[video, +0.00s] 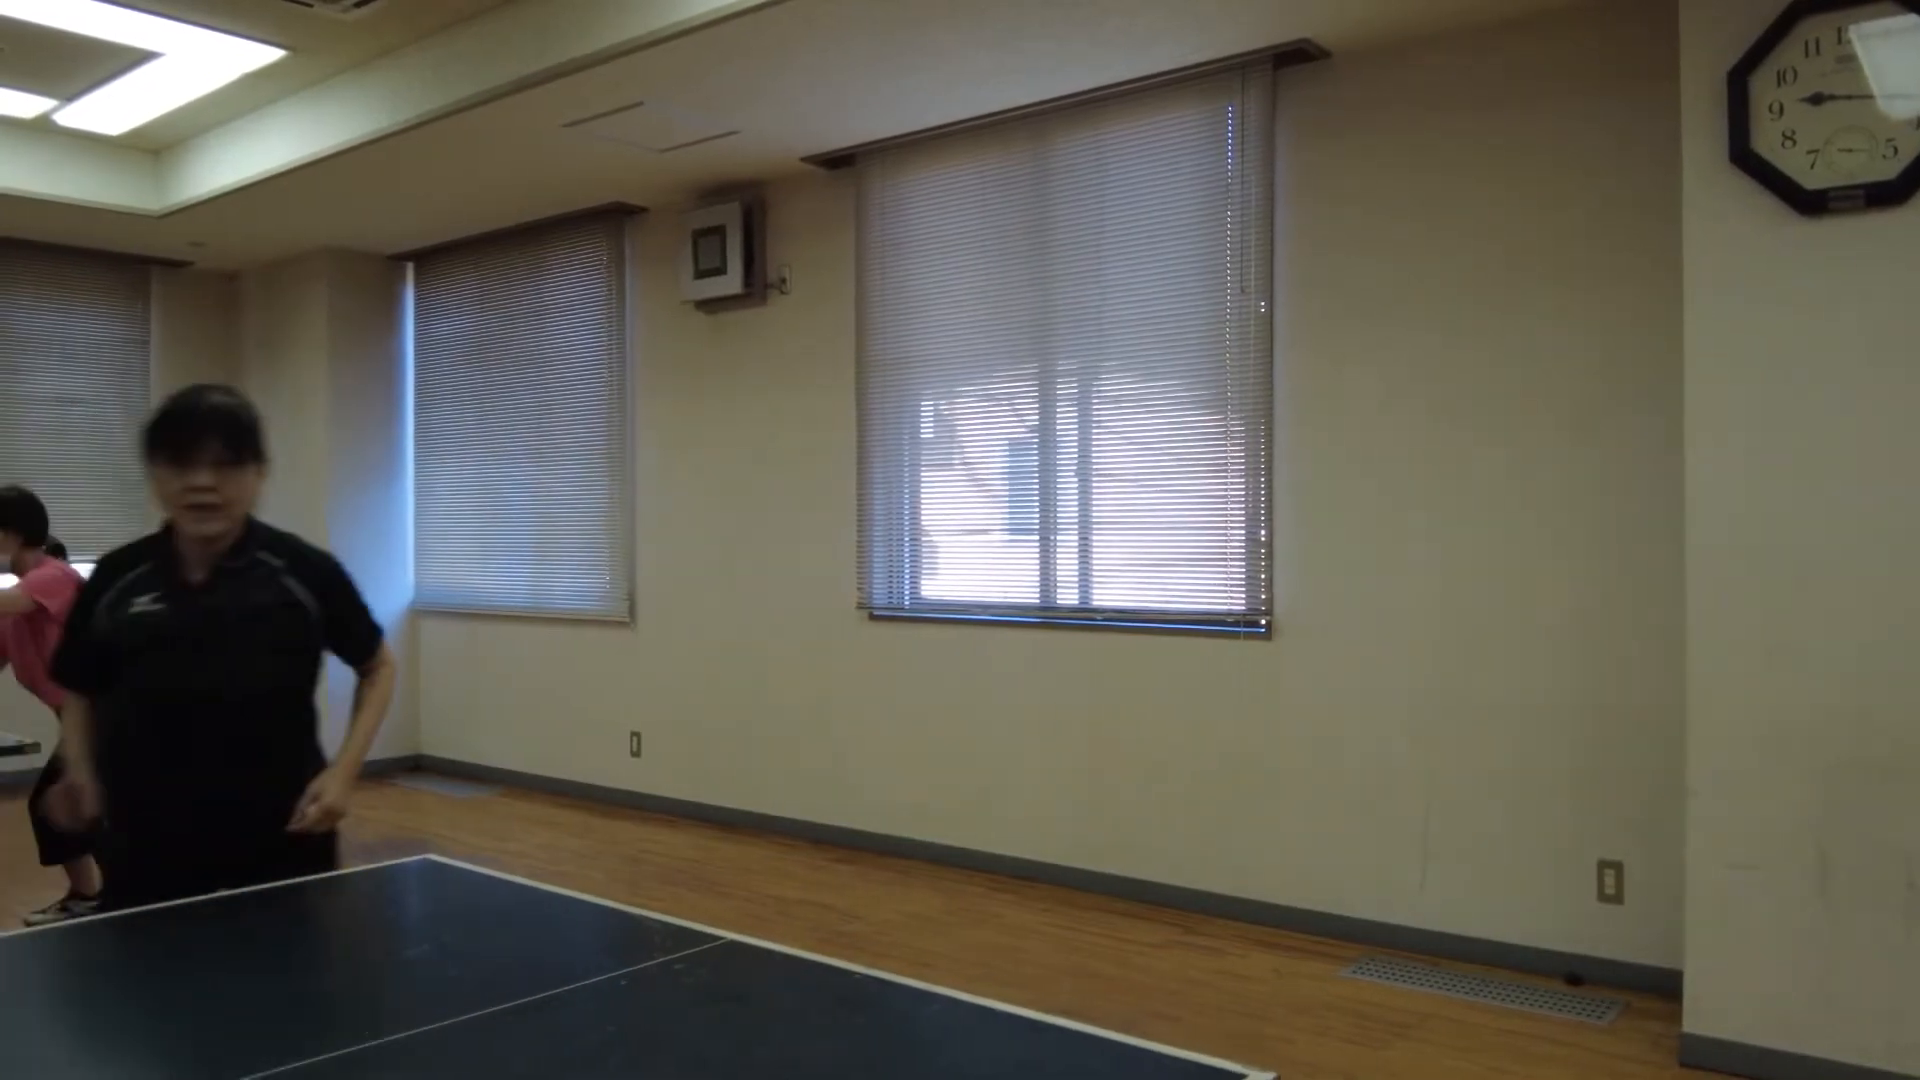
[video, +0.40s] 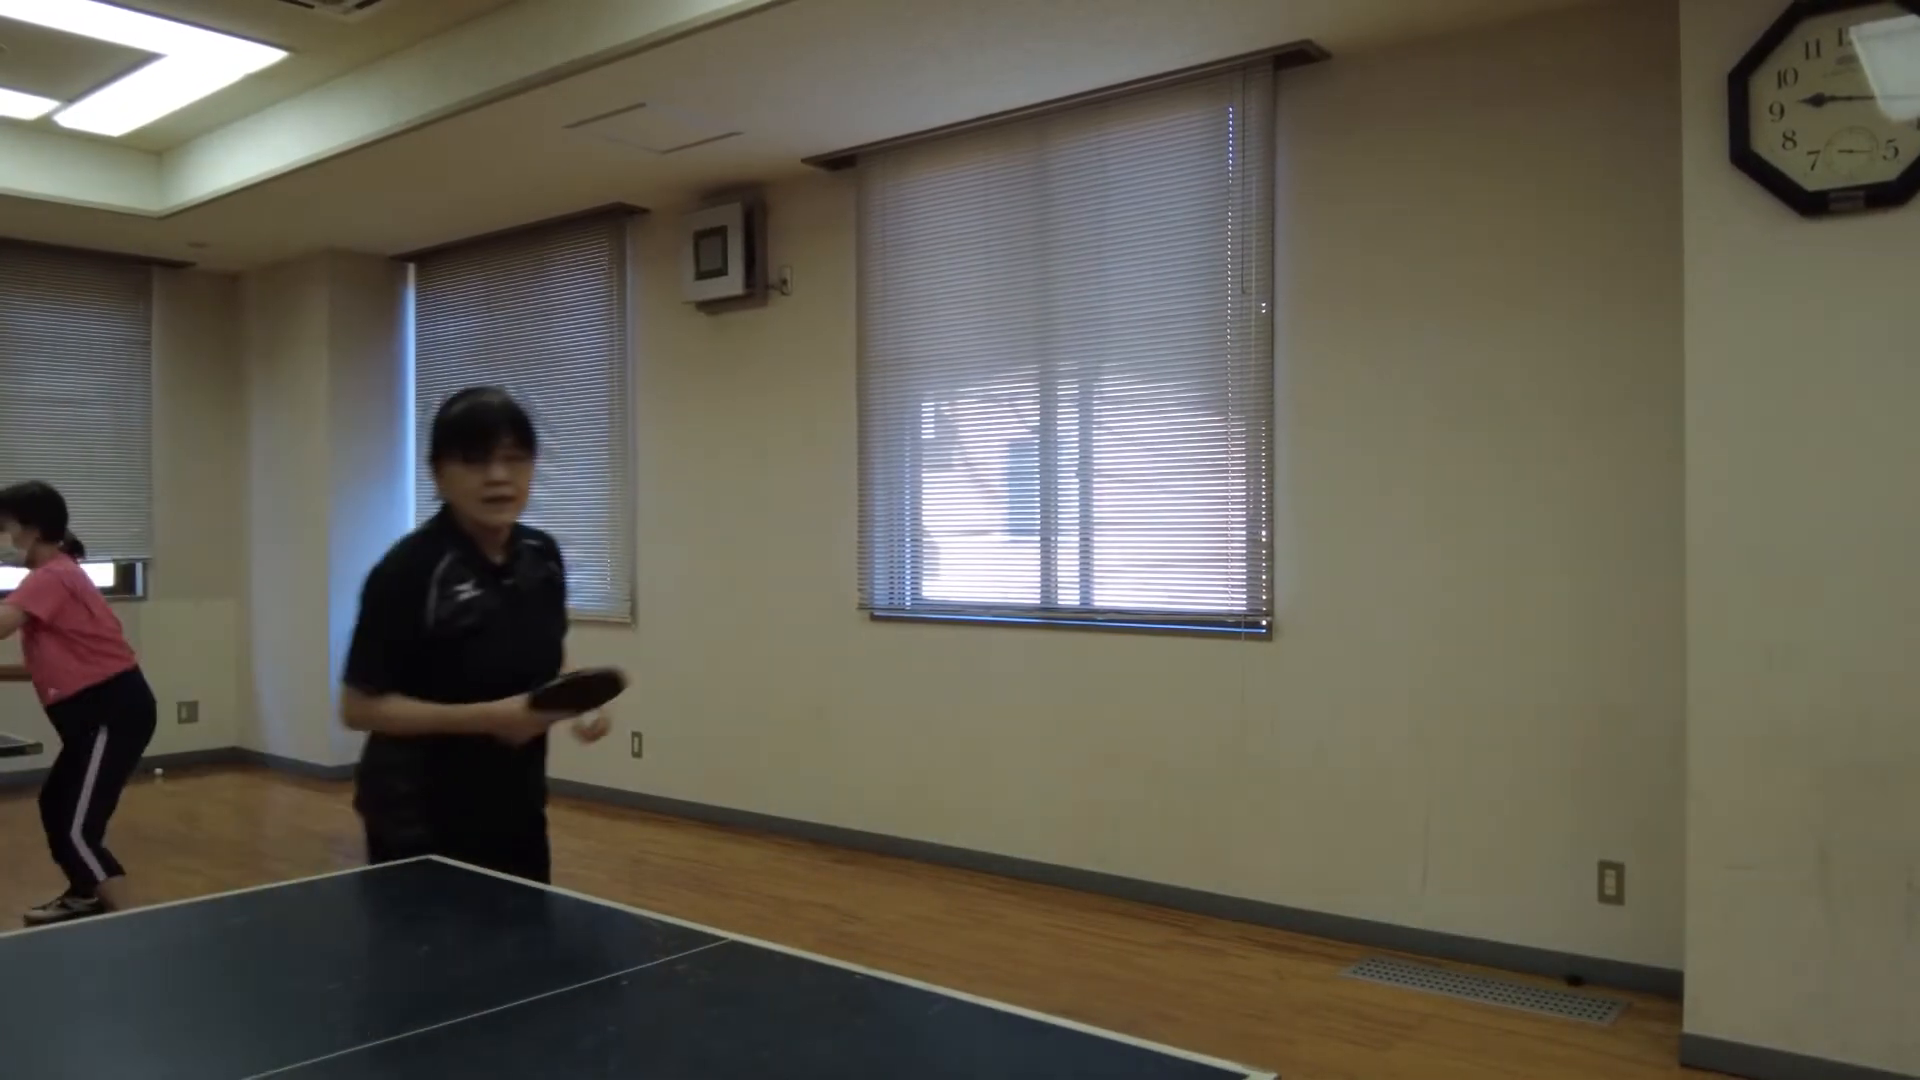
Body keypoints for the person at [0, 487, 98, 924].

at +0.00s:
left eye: (1, 535)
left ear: (21, 535)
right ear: (21, 537)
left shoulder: (54, 575)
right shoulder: (22, 591)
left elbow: (12, 603)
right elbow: (5, 656)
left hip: (99, 710)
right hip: (76, 714)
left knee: (51, 801)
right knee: (52, 801)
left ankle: (93, 890)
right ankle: (87, 891)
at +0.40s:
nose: (7, 537)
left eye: (11, 527)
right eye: (6, 528)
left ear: (35, 527)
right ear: (45, 528)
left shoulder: (54, 575)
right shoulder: (53, 576)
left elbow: (5, 620)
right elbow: (47, 666)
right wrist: (2, 669)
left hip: (114, 706)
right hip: (93, 709)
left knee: (78, 823)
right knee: (56, 802)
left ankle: (128, 920)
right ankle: (85, 893)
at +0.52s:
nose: (6, 534)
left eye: (9, 524)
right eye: (5, 524)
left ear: (28, 524)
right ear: (55, 521)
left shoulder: (35, 571)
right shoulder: (81, 564)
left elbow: (4, 618)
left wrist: (28, 647)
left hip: (98, 699)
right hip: (125, 689)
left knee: (76, 812)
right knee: (73, 798)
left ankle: (105, 902)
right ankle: (85, 890)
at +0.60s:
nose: (5, 529)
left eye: (7, 519)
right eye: (6, 519)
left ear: (23, 519)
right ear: (53, 516)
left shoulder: (46, 561)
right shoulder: (73, 555)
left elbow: (3, 586)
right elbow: (63, 626)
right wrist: (12, 632)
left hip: (111, 693)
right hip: (123, 687)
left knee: (94, 809)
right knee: (90, 798)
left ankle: (117, 907)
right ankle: (92, 886)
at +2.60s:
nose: (18, 545)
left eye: (17, 534)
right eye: (15, 536)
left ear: (36, 527)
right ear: (59, 525)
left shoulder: (70, 567)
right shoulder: (74, 568)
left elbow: (6, 589)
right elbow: (47, 637)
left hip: (141, 705)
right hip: (129, 704)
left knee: (102, 813)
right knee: (89, 799)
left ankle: (128, 913)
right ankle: (107, 892)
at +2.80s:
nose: (21, 552)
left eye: (24, 539)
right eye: (18, 543)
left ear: (53, 535)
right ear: (47, 539)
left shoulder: (84, 582)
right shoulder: (60, 598)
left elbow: (31, 622)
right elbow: (34, 668)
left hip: (148, 715)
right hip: (112, 723)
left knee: (107, 815)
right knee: (72, 802)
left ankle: (131, 916)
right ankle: (105, 890)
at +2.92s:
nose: (23, 552)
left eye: (29, 539)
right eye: (20, 543)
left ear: (58, 537)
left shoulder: (87, 588)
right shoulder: (49, 606)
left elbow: (53, 648)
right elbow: (36, 679)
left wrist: (5, 610)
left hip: (149, 715)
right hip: (109, 725)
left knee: (107, 817)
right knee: (65, 806)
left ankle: (137, 924)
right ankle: (105, 892)